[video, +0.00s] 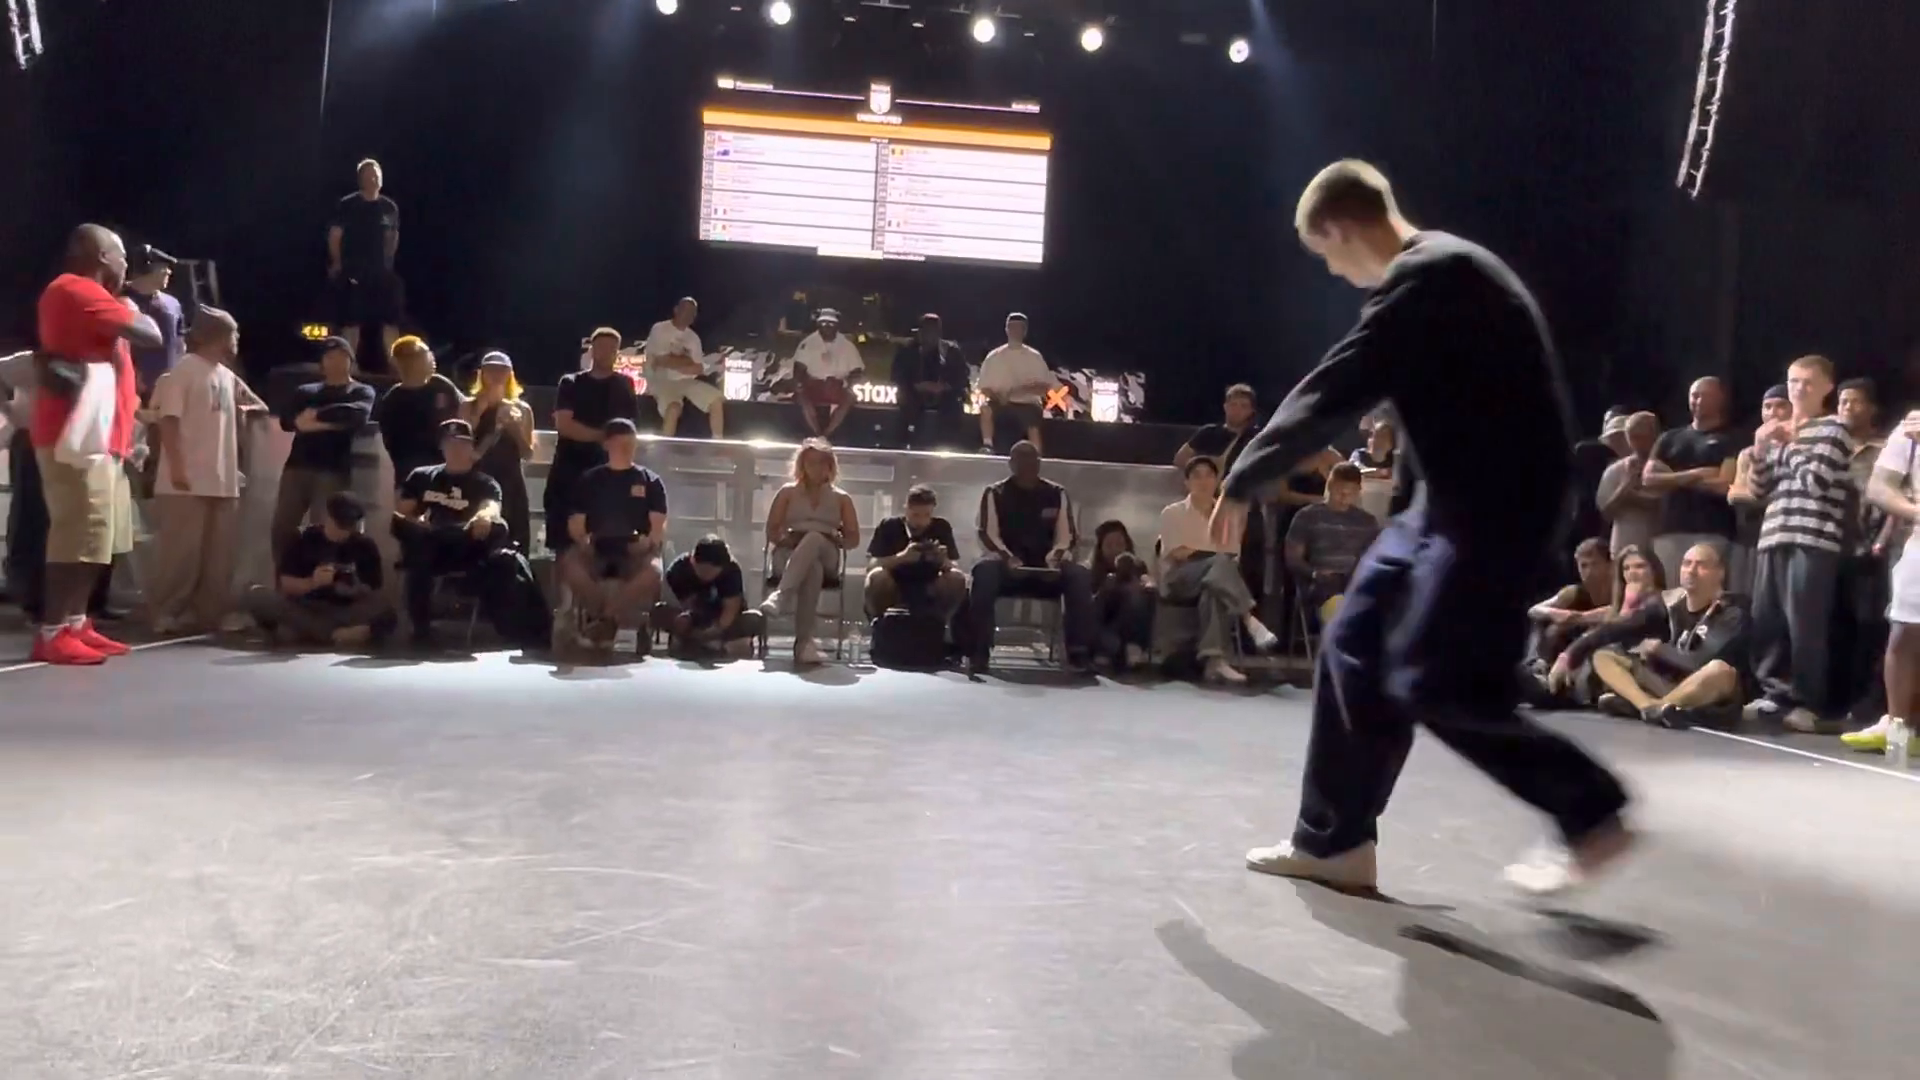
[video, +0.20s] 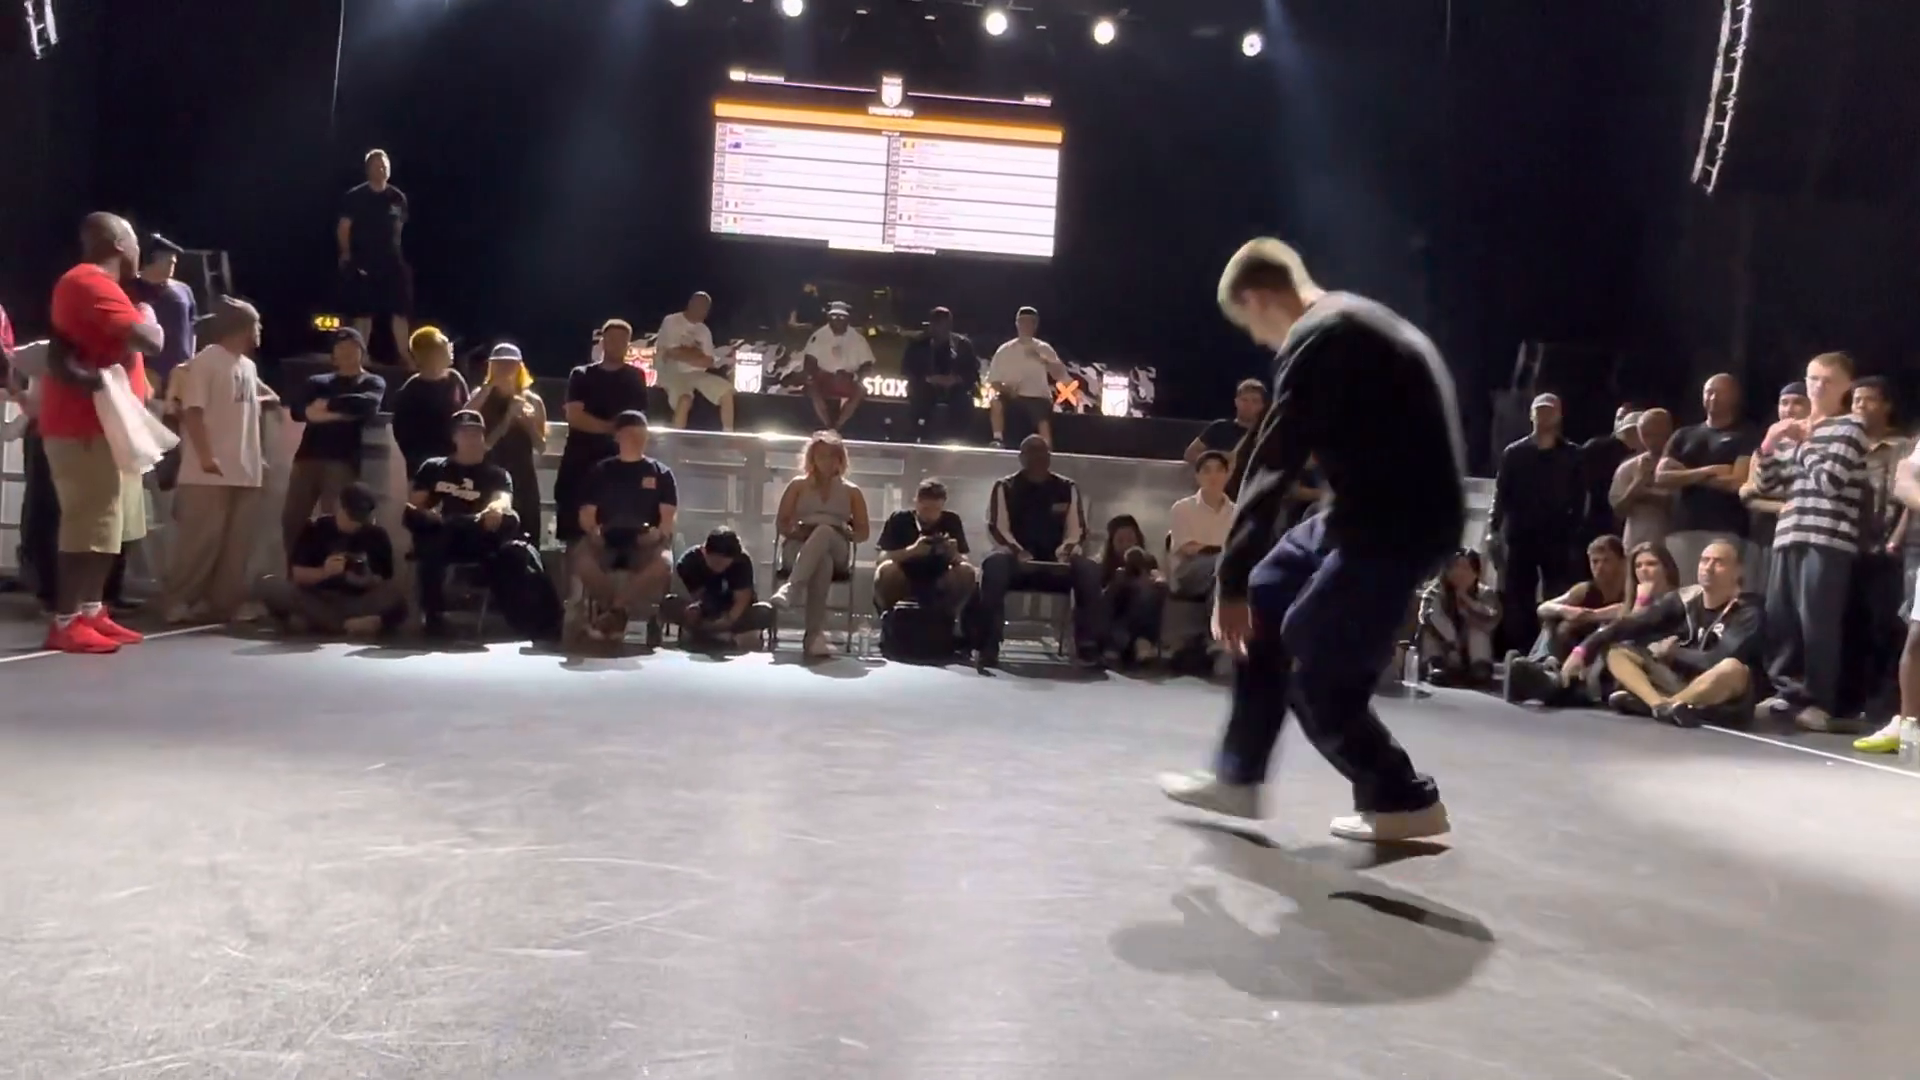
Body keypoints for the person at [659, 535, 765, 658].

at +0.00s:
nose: (710, 576)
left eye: (715, 571)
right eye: (706, 570)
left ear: (722, 565)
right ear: (695, 561)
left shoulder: (731, 570)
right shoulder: (676, 572)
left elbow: (732, 608)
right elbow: (687, 605)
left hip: (722, 611)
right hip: (695, 613)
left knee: (754, 619)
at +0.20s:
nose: (722, 568)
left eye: (727, 564)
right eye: (718, 563)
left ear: (734, 557)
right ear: (706, 552)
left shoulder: (741, 561)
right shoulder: (687, 563)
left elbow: (743, 599)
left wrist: (729, 620)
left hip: (731, 605)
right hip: (704, 606)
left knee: (764, 611)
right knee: (669, 604)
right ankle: (727, 637)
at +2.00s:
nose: (755, 532)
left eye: (761, 528)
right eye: (751, 526)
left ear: (770, 523)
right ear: (742, 517)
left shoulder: (780, 531)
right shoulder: (726, 533)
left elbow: (779, 569)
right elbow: (735, 566)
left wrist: (761, 591)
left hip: (770, 578)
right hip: (742, 579)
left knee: (802, 582)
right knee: (707, 572)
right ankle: (766, 609)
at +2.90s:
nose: (762, 526)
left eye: (767, 523)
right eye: (759, 521)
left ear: (777, 517)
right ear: (750, 510)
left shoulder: (788, 523)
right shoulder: (734, 524)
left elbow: (788, 563)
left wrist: (768, 582)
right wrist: (732, 571)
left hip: (778, 570)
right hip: (749, 572)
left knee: (810, 574)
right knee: (715, 565)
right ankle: (775, 600)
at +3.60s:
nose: (765, 525)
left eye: (771, 522)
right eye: (762, 520)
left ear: (780, 516)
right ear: (753, 508)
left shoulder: (790, 521)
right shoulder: (736, 522)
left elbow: (788, 563)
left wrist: (768, 580)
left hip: (780, 569)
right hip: (751, 570)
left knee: (811, 572)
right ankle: (778, 600)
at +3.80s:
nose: (762, 524)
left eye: (768, 521)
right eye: (759, 519)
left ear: (779, 516)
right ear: (752, 508)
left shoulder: (790, 522)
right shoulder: (735, 523)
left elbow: (787, 562)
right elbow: (743, 557)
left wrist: (769, 580)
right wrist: (736, 567)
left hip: (779, 568)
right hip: (751, 570)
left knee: (810, 573)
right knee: (715, 564)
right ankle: (777, 600)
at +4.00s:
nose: (762, 524)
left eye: (768, 521)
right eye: (759, 519)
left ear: (779, 517)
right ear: (752, 508)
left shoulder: (790, 522)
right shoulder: (736, 523)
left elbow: (788, 563)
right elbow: (742, 558)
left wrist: (769, 580)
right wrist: (736, 568)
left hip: (780, 570)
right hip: (751, 570)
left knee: (811, 573)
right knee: (716, 564)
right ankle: (775, 600)